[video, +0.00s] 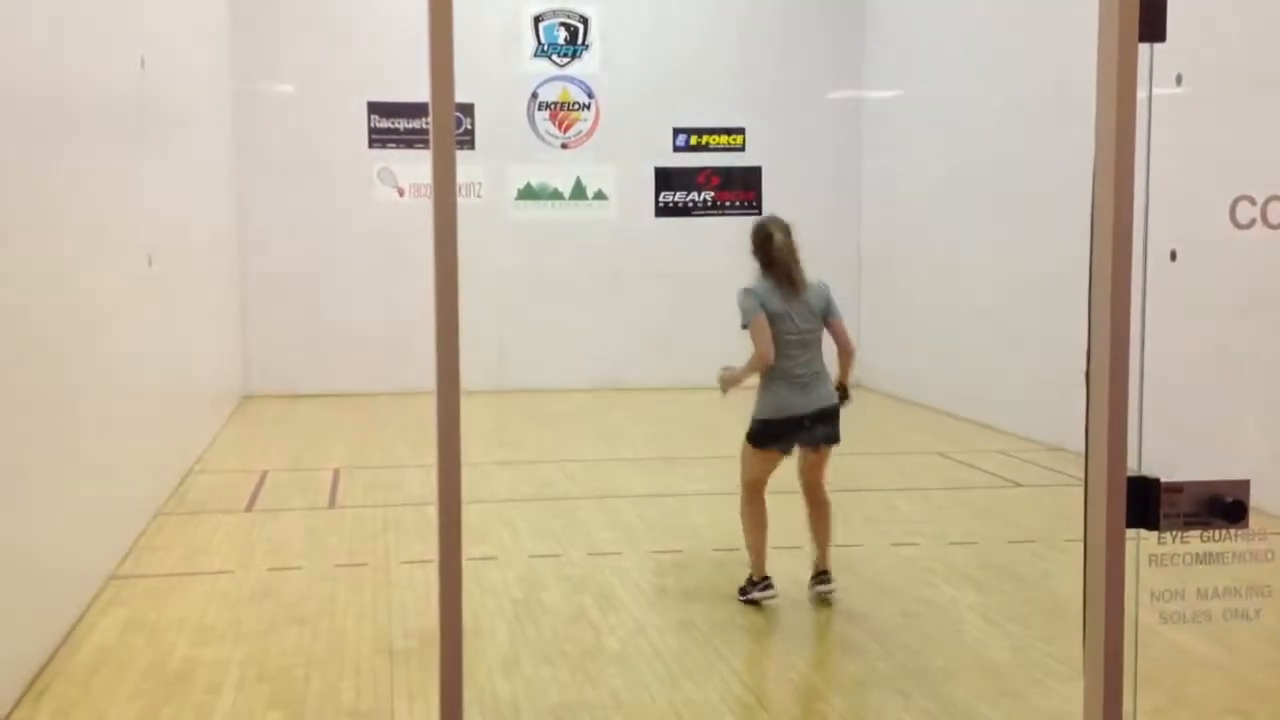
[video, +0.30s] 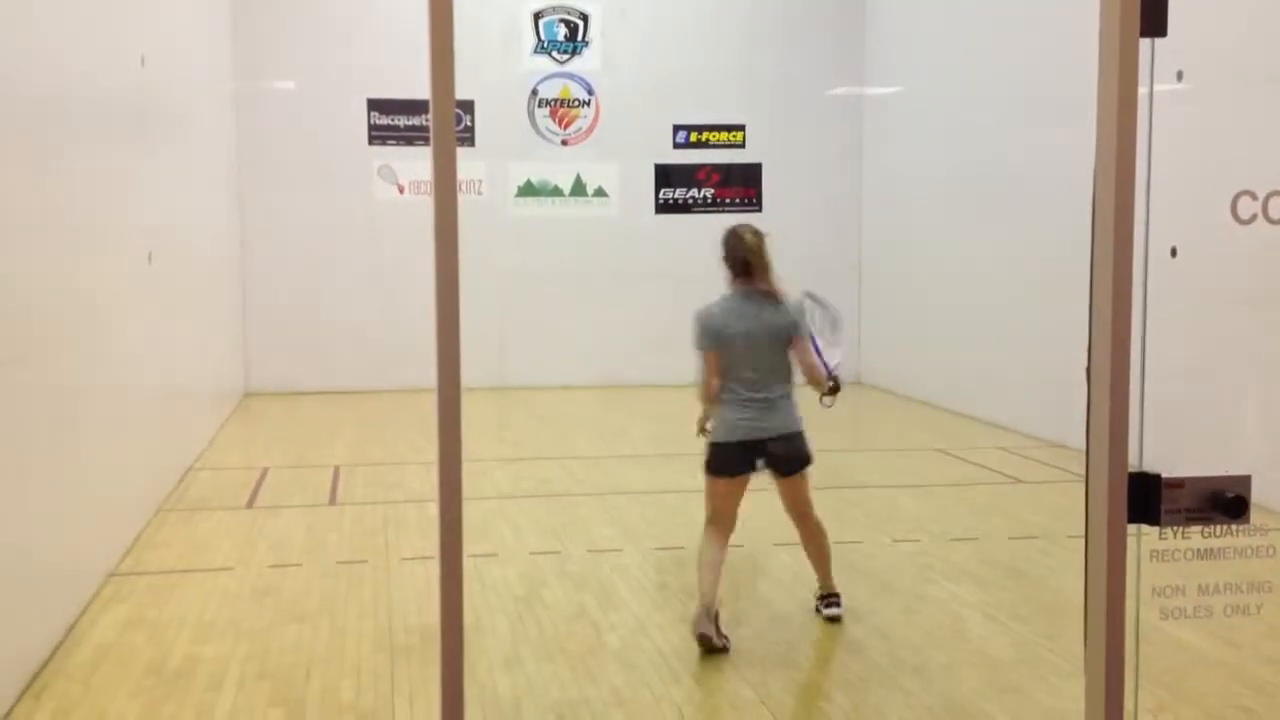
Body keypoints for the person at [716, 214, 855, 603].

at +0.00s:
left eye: (757, 247)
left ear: (757, 252)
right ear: (792, 247)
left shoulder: (753, 295)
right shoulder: (817, 290)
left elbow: (765, 356)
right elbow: (847, 347)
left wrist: (737, 376)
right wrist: (842, 384)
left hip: (778, 412)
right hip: (822, 406)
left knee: (752, 486)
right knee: (814, 484)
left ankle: (758, 577)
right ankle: (823, 571)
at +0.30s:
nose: (727, 265)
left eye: (725, 259)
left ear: (726, 264)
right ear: (764, 260)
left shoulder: (712, 317)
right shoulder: (787, 311)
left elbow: (713, 382)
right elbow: (812, 370)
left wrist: (706, 414)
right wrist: (826, 384)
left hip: (732, 436)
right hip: (783, 433)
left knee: (717, 526)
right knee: (804, 514)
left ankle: (706, 613)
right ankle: (828, 592)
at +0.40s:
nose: (747, 259)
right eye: (745, 252)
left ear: (706, 261)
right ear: (744, 259)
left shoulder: (683, 313)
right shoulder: (760, 310)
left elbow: (669, 381)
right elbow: (778, 365)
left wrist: (698, 405)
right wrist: (823, 376)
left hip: (702, 443)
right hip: (755, 439)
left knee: (711, 540)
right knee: (784, 524)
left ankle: (708, 631)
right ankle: (808, 599)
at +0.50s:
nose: (734, 251)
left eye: (729, 242)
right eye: (732, 244)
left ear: (690, 250)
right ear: (727, 249)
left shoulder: (668, 302)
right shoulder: (734, 300)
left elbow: (649, 369)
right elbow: (749, 352)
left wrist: (677, 395)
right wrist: (806, 358)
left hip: (675, 436)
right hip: (723, 435)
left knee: (702, 529)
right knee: (752, 519)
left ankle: (707, 634)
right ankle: (754, 622)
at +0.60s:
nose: (722, 251)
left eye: (718, 242)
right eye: (719, 243)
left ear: (676, 249)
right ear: (711, 249)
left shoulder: (651, 300)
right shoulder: (711, 297)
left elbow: (635, 369)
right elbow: (713, 346)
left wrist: (671, 388)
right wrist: (776, 351)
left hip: (647, 434)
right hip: (686, 436)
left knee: (692, 535)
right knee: (711, 537)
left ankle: (701, 631)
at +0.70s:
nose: (706, 272)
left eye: (701, 263)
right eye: (704, 264)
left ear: (659, 268)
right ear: (697, 268)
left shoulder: (635, 316)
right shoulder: (688, 312)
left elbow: (619, 383)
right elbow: (681, 364)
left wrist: (656, 432)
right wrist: (743, 370)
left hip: (620, 443)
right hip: (650, 448)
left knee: (679, 524)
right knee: (658, 566)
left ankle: (693, 627)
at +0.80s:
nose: (682, 283)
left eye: (679, 274)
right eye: (681, 275)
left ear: (639, 278)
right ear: (676, 279)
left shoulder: (620, 327)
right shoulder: (659, 324)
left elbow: (613, 402)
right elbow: (645, 378)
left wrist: (661, 452)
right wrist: (706, 390)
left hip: (587, 452)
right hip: (607, 459)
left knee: (656, 523)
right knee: (648, 569)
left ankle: (649, 627)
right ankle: (605, 685)